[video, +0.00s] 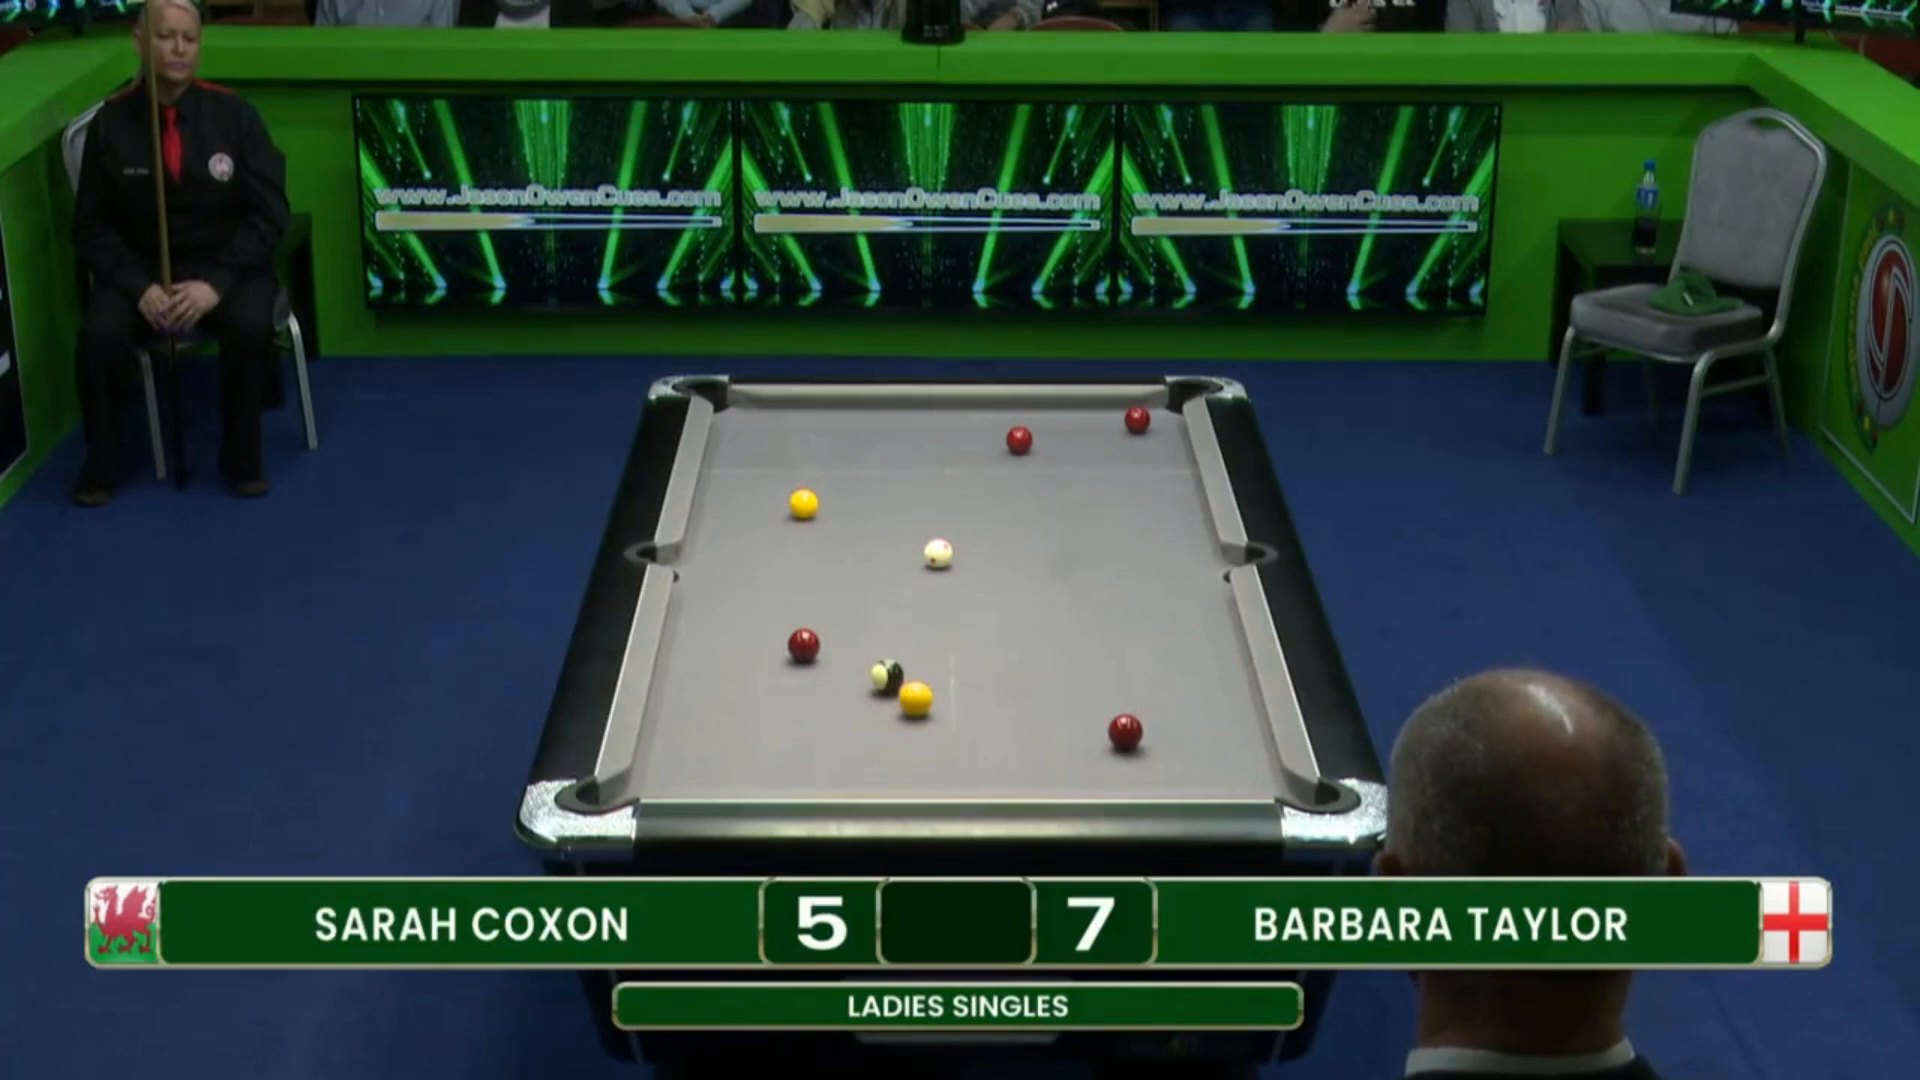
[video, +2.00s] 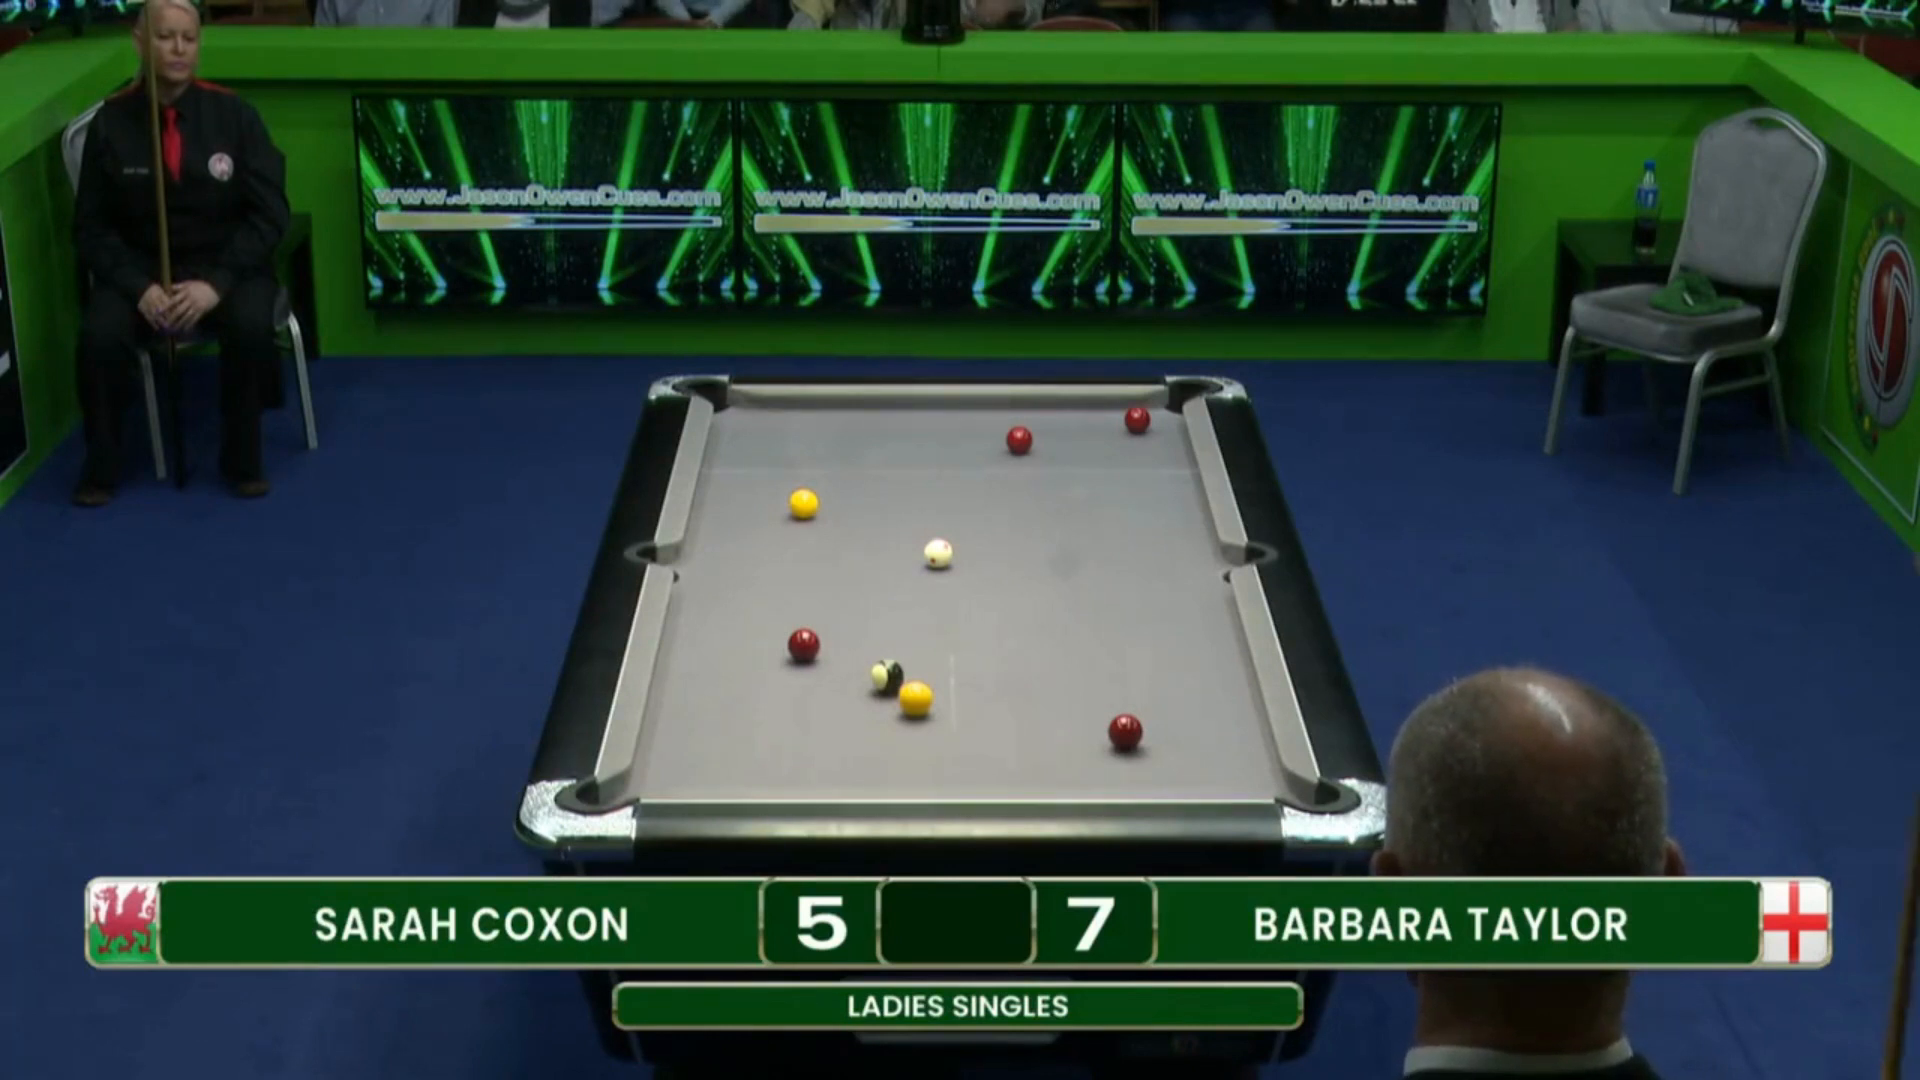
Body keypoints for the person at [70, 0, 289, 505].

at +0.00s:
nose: (179, 49)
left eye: (189, 38)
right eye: (165, 37)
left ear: (200, 45)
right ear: (141, 42)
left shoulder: (235, 115)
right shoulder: (111, 121)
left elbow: (269, 215)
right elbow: (90, 226)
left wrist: (214, 284)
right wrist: (140, 287)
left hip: (221, 266)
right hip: (138, 272)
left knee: (249, 330)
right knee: (101, 336)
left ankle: (243, 463)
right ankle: (101, 469)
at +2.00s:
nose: (179, 49)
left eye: (189, 38)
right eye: (165, 37)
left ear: (199, 44)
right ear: (141, 42)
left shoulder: (234, 116)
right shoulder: (111, 121)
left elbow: (269, 215)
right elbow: (90, 226)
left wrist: (214, 284)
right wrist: (140, 287)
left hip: (221, 268)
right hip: (138, 274)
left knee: (248, 328)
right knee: (101, 336)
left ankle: (243, 463)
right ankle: (101, 469)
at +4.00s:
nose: (181, 49)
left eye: (190, 38)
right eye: (167, 37)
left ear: (199, 45)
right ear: (140, 42)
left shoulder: (234, 116)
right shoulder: (111, 121)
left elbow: (268, 215)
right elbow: (90, 227)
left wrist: (214, 283)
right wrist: (141, 286)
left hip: (221, 267)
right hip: (138, 274)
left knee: (248, 327)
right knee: (100, 334)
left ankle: (243, 462)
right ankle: (101, 468)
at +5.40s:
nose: (180, 49)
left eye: (189, 38)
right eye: (166, 37)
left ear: (199, 44)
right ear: (141, 42)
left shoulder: (234, 115)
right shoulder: (110, 122)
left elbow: (269, 214)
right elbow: (90, 226)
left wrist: (214, 283)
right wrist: (140, 286)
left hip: (220, 267)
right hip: (138, 273)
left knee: (249, 328)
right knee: (100, 334)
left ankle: (243, 462)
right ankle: (102, 466)